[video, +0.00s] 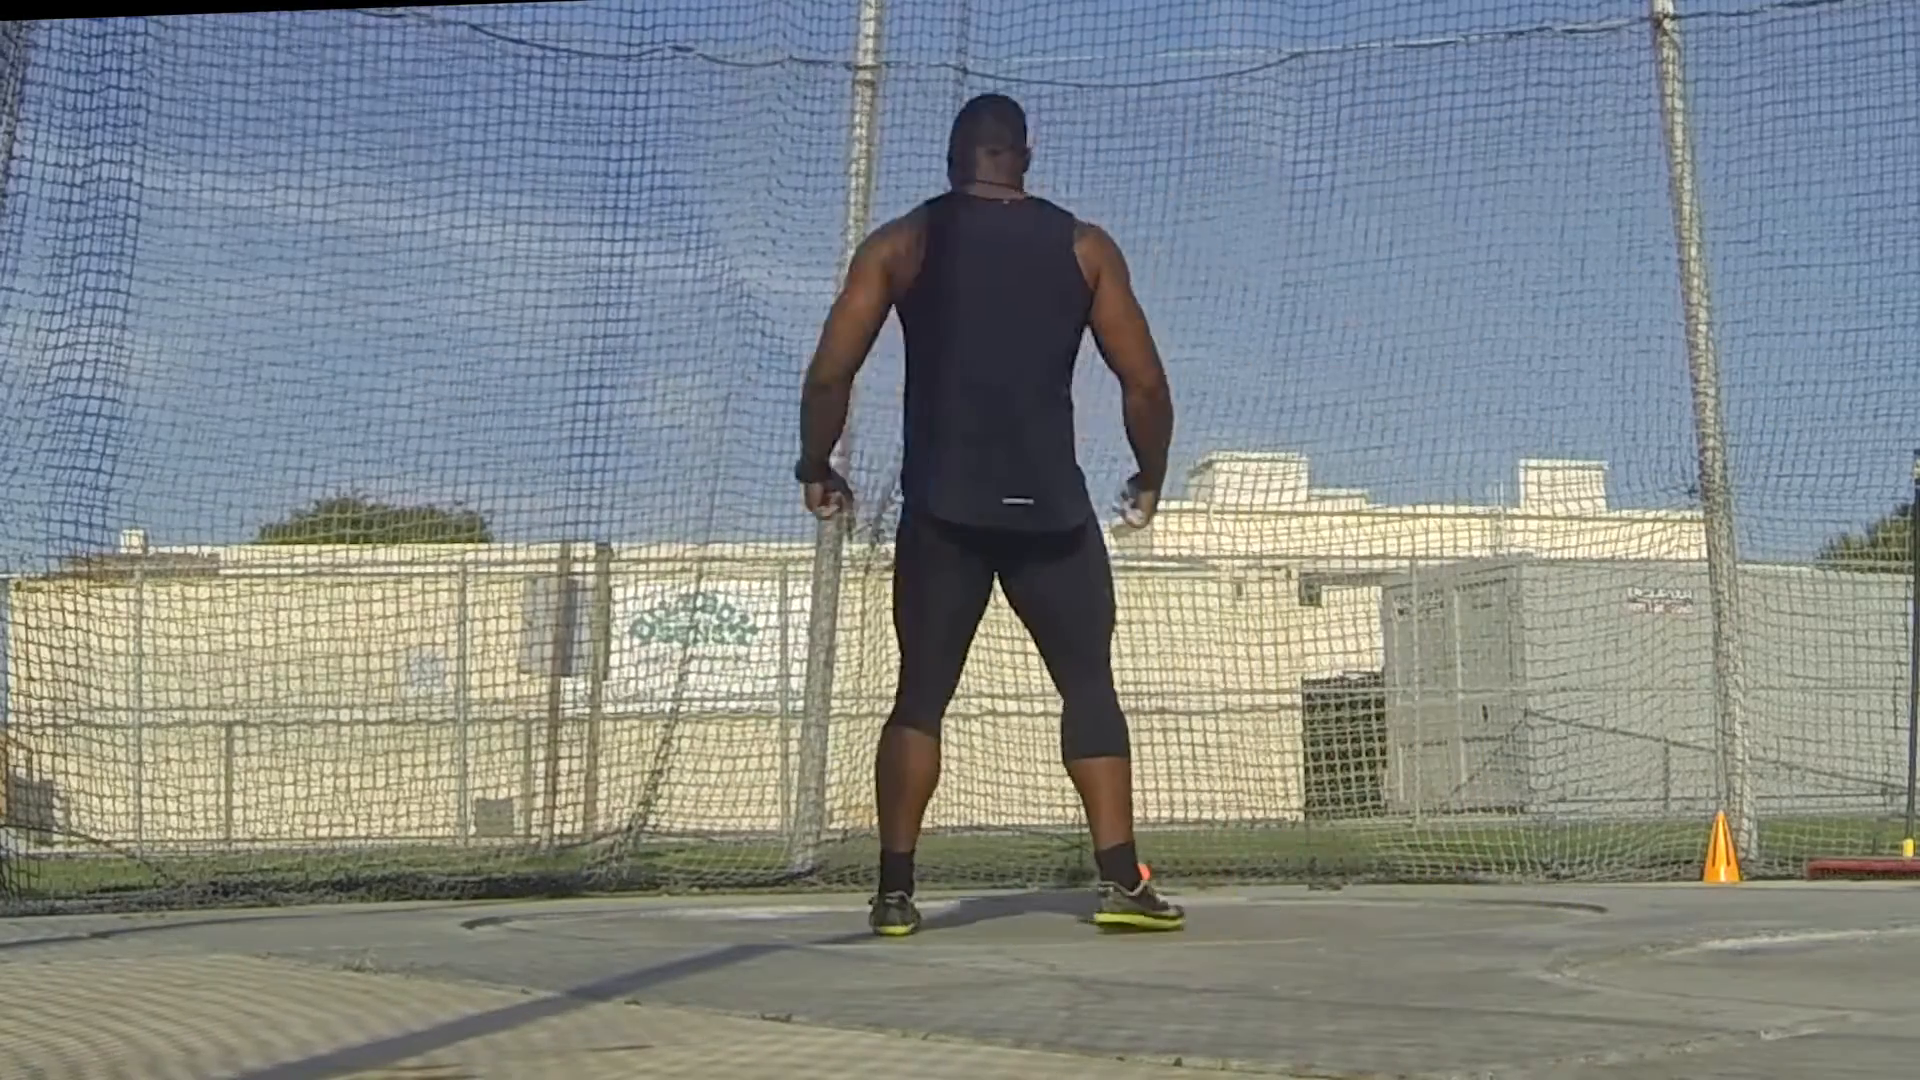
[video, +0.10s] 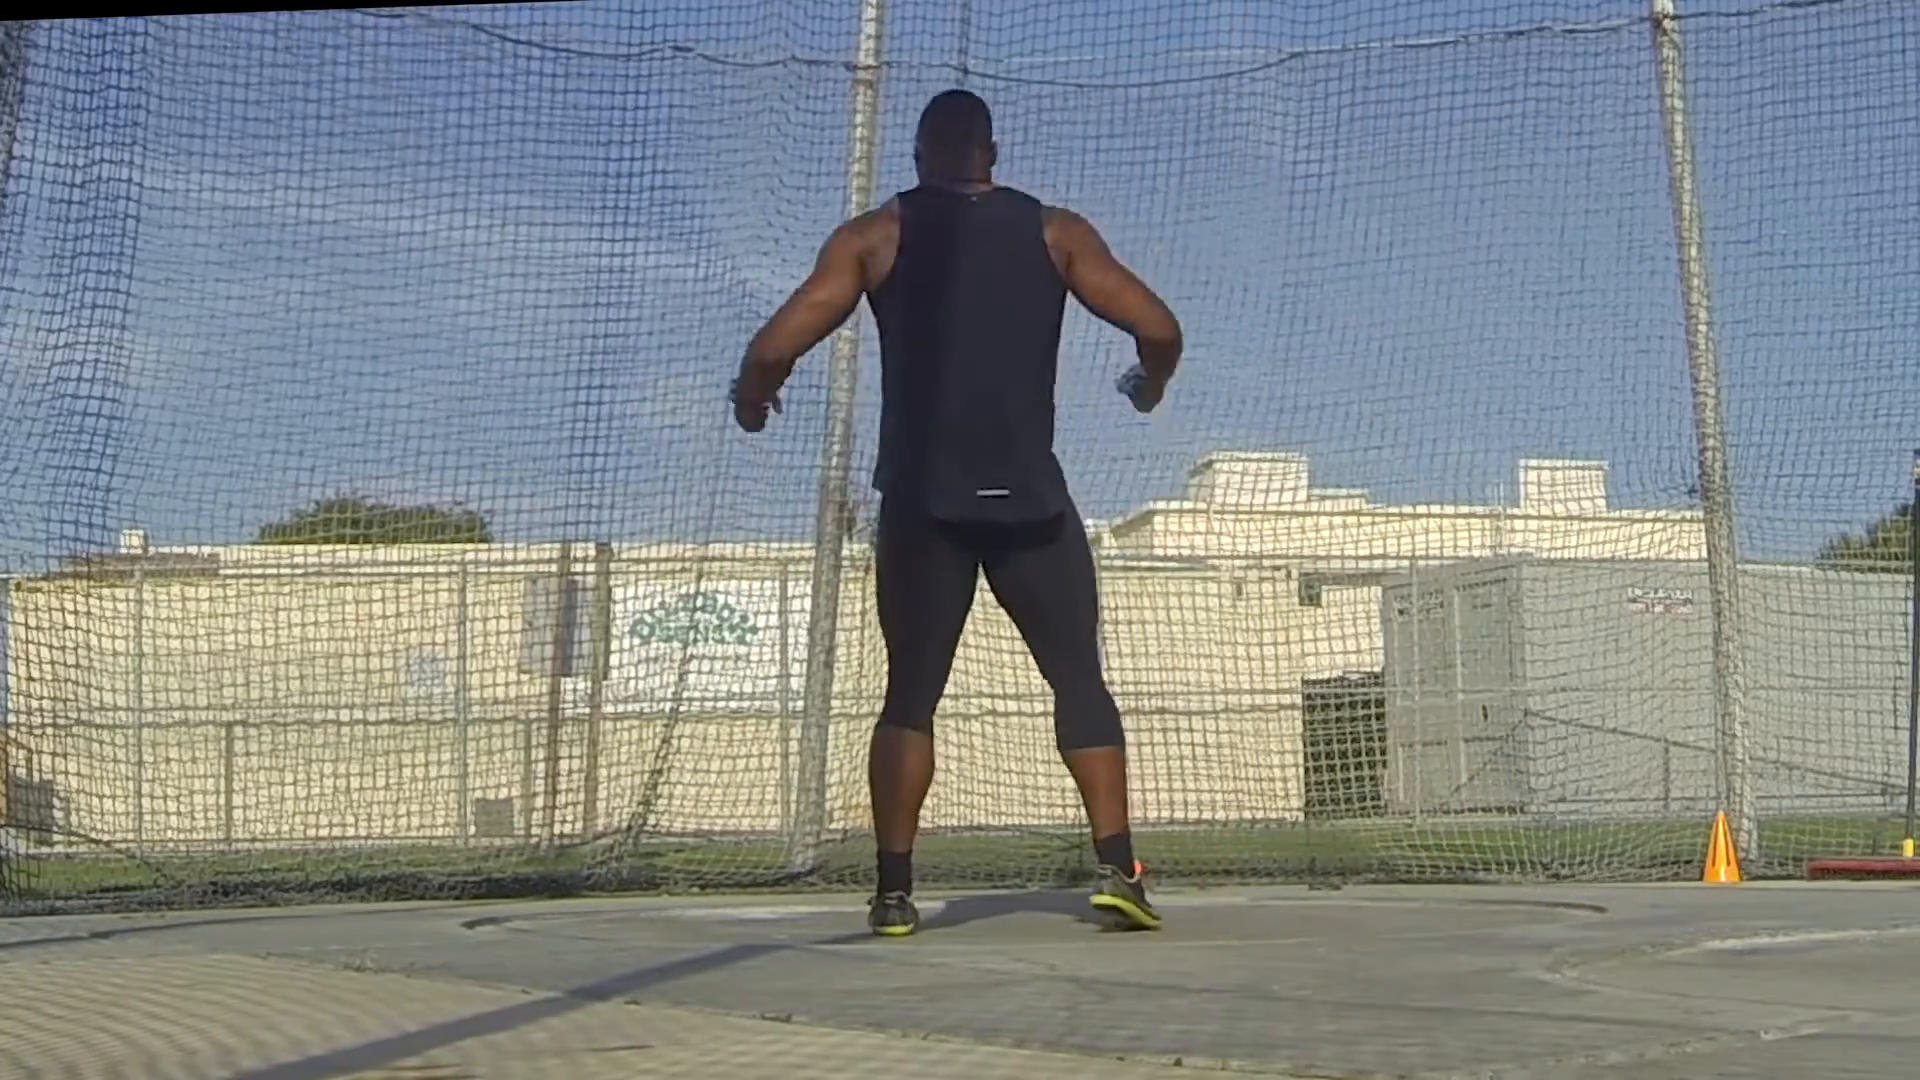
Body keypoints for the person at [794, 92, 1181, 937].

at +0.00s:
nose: (1001, 166)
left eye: (979, 153)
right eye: (1014, 153)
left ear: (949, 160)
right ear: (1026, 160)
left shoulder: (898, 243)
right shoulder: (1084, 244)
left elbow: (829, 374)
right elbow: (1145, 381)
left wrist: (816, 468)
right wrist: (1149, 474)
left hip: (940, 512)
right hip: (1049, 511)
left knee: (920, 698)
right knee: (1088, 687)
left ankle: (895, 891)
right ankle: (1122, 880)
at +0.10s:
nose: (972, 166)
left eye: (946, 152)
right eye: (982, 153)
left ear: (916, 156)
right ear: (992, 157)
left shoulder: (872, 237)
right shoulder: (1054, 231)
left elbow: (771, 350)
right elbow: (1160, 329)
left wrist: (752, 395)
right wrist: (1150, 383)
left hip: (919, 504)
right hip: (1029, 498)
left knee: (910, 694)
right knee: (1078, 679)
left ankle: (893, 891)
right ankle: (1119, 869)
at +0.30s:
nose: (921, 161)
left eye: (901, 150)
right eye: (939, 146)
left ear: (882, 157)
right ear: (959, 152)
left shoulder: (834, 233)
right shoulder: (1012, 214)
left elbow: (733, 321)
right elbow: (1122, 271)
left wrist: (660, 330)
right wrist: (1175, 281)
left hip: (900, 498)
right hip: (1007, 485)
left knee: (901, 691)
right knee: (1061, 665)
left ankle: (894, 892)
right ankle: (1098, 853)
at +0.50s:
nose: (924, 172)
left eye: (911, 159)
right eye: (943, 159)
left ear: (888, 168)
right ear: (962, 169)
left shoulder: (824, 251)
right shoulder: (999, 232)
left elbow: (798, 384)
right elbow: (1013, 348)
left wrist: (811, 505)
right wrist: (1012, 477)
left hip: (890, 504)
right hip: (992, 495)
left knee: (896, 691)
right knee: (1049, 668)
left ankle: (893, 889)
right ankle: (1078, 864)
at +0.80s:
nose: (1031, 146)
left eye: (1027, 132)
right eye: (1013, 134)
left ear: (953, 159)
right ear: (964, 151)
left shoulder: (888, 246)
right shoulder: (987, 239)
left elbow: (870, 392)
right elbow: (1021, 377)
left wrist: (919, 468)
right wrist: (1100, 472)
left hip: (914, 502)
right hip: (1001, 492)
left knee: (918, 683)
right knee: (1052, 663)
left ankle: (891, 886)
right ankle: (1073, 879)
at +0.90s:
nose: (1051, 138)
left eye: (1050, 125)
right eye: (1034, 125)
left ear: (983, 151)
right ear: (983, 142)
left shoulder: (942, 237)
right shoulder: (987, 238)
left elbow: (945, 387)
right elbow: (1008, 380)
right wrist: (1098, 463)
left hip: (945, 497)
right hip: (1012, 493)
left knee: (928, 677)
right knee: (1051, 673)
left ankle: (875, 875)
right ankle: (1093, 881)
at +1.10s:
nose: (1100, 120)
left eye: (1102, 107)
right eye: (1080, 105)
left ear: (1088, 126)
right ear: (1029, 122)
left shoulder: (1073, 231)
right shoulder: (1009, 219)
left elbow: (1087, 374)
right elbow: (994, 361)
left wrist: (1144, 466)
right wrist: (1072, 475)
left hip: (1084, 483)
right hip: (1041, 482)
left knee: (1047, 662)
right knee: (1067, 666)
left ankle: (931, 833)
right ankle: (1099, 886)